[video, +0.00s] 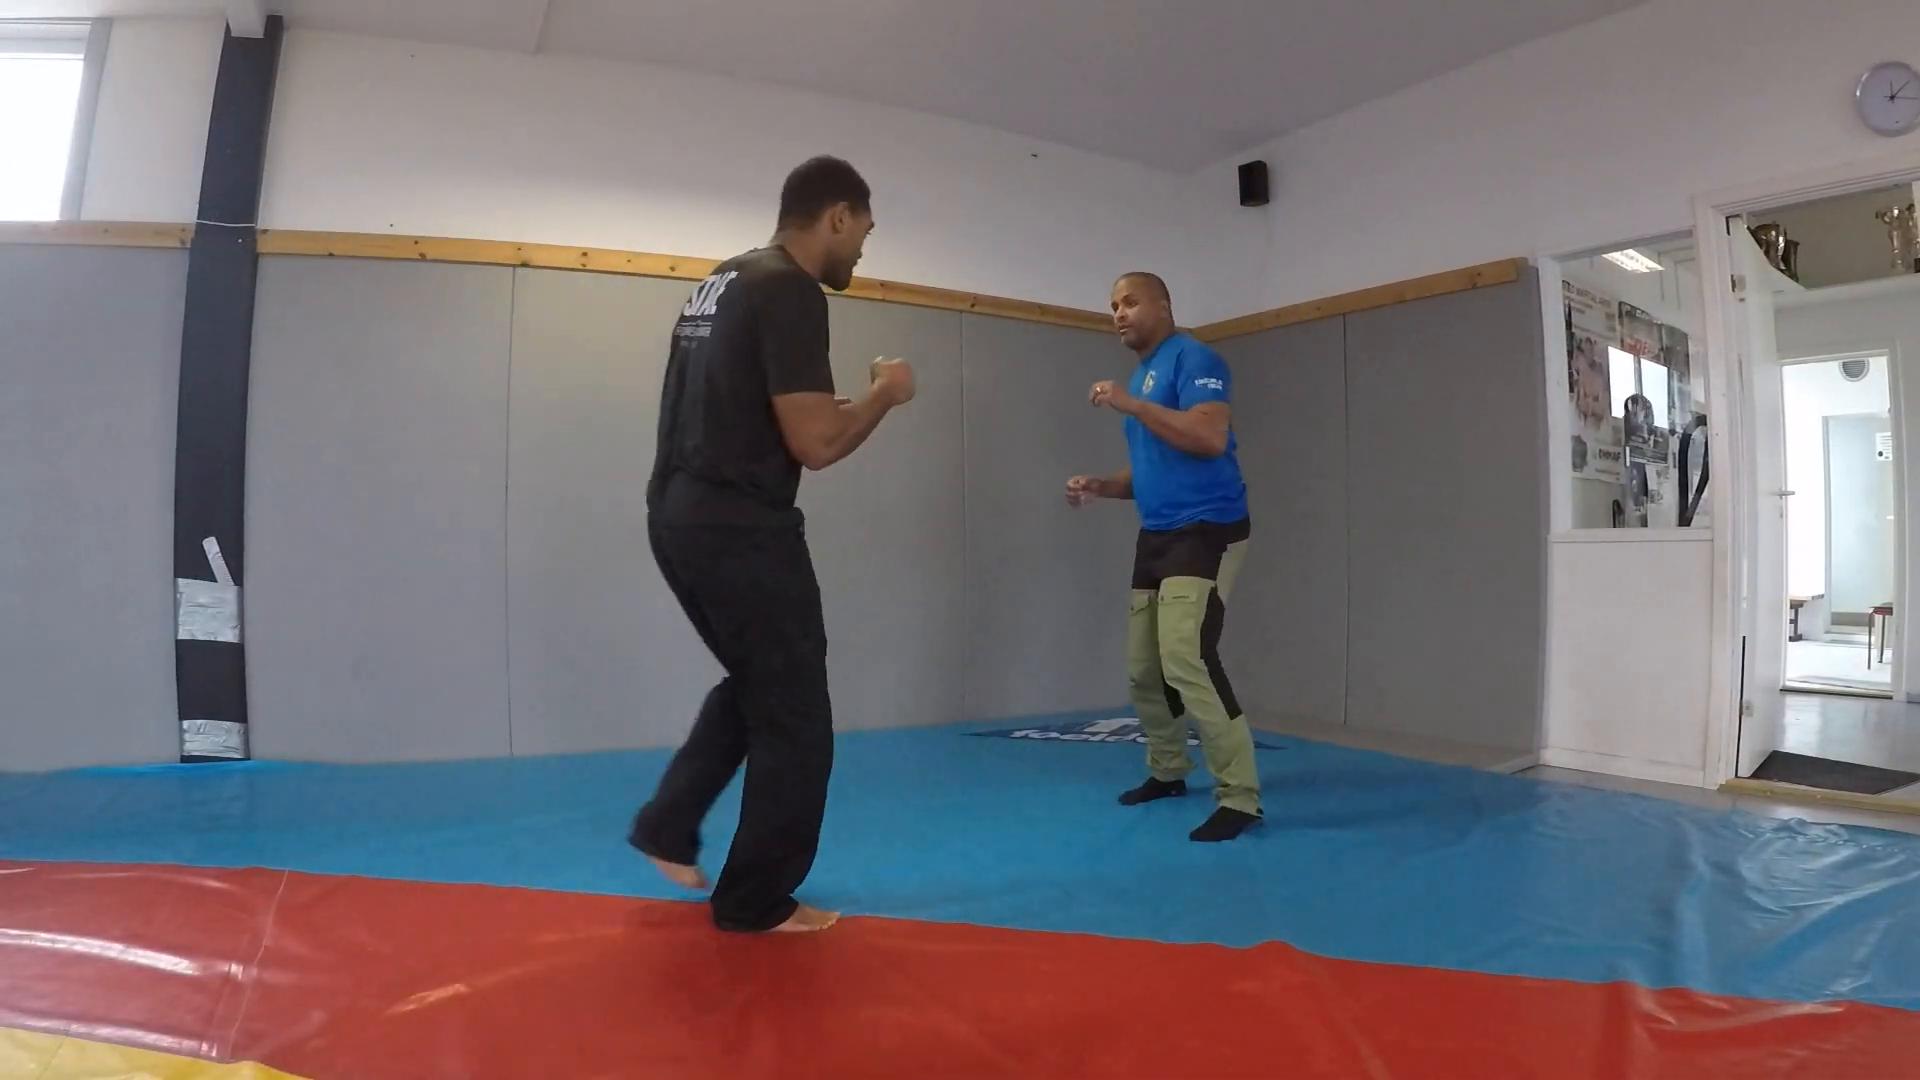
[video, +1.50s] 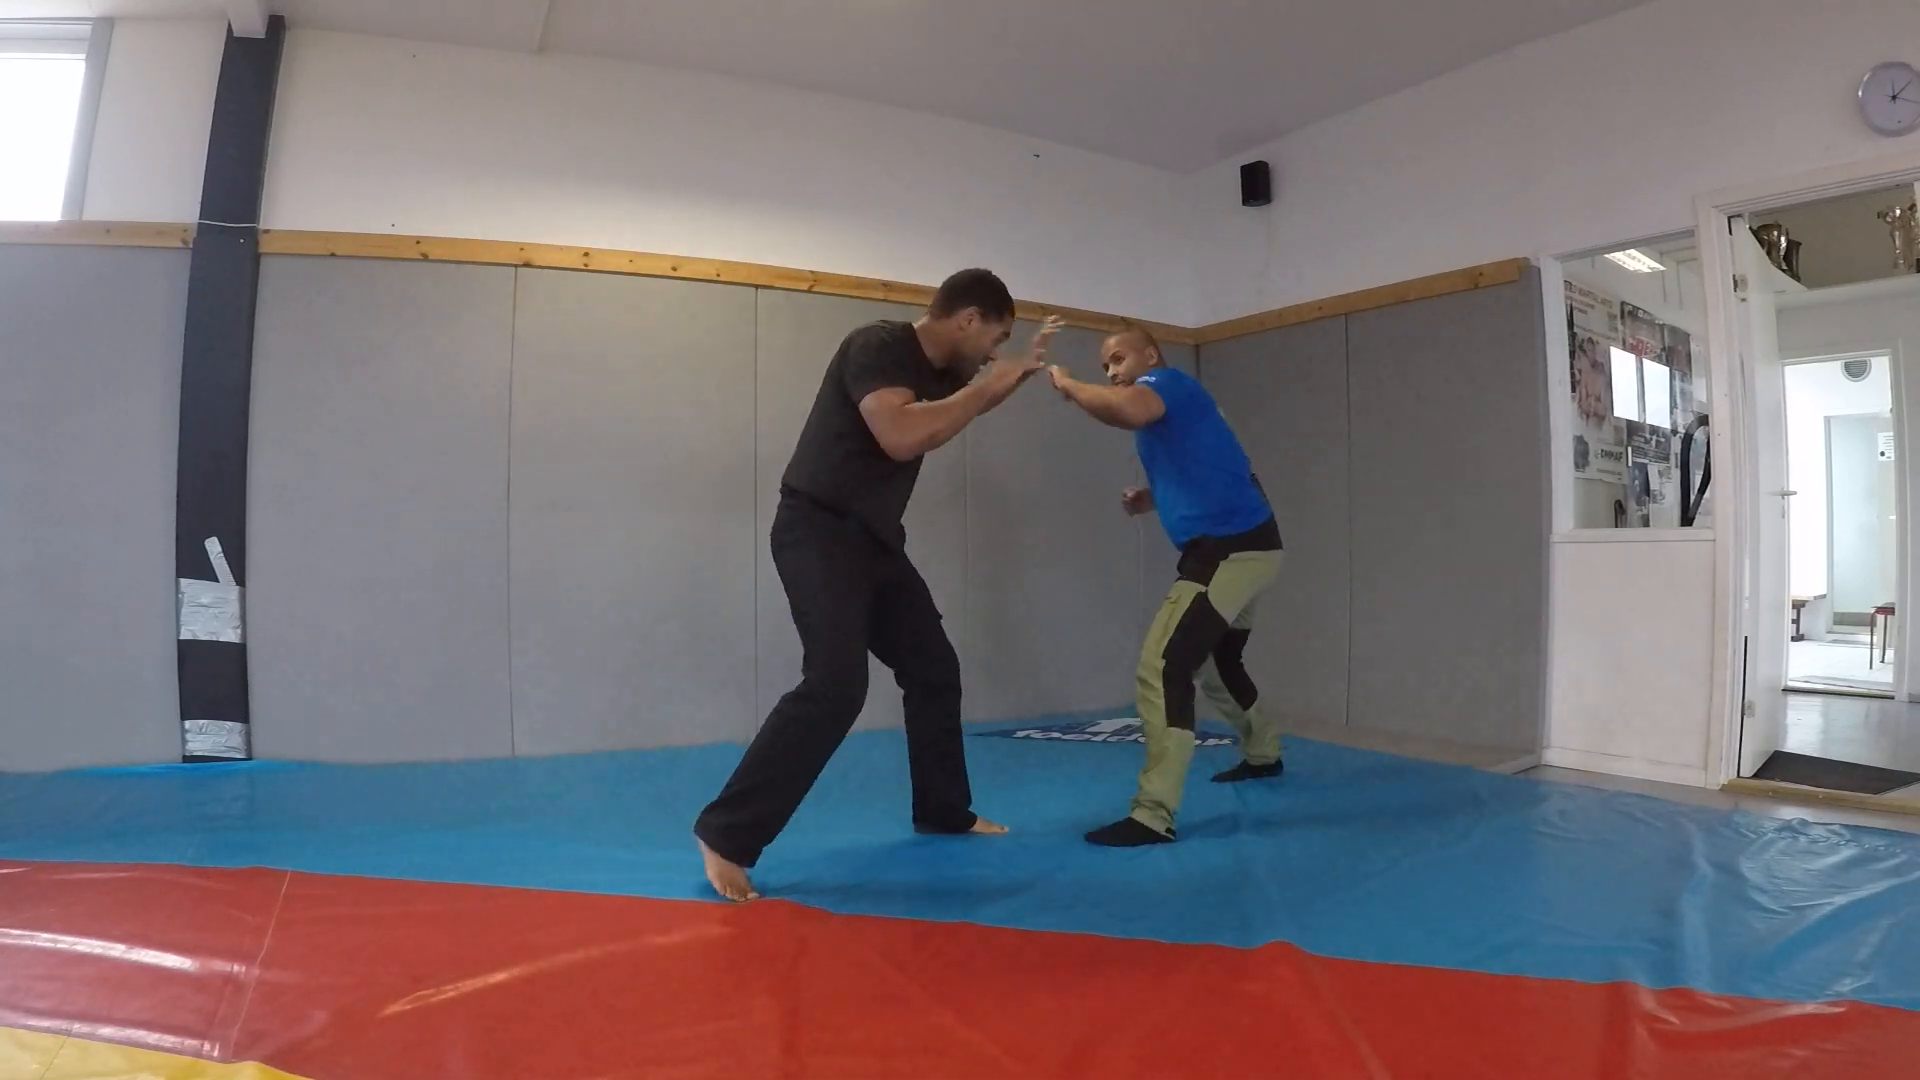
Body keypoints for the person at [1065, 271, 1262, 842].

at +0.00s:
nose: (1119, 316)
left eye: (1128, 303)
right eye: (1114, 310)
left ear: (1164, 306)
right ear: (1119, 323)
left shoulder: (1195, 359)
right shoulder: (1140, 381)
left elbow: (1211, 437)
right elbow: (1150, 474)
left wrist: (1132, 405)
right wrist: (1104, 485)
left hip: (1207, 530)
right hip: (1157, 533)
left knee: (1185, 656)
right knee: (1145, 667)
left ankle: (1240, 799)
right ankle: (1167, 774)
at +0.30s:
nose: (1141, 328)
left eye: (1151, 315)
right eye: (1138, 319)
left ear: (1190, 317)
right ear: (1147, 327)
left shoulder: (1214, 374)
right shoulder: (1182, 381)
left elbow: (1192, 467)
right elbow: (1178, 462)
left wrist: (1129, 415)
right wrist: (1128, 431)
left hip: (1247, 544)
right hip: (1201, 544)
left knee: (1203, 674)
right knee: (1157, 670)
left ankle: (1264, 817)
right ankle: (1171, 774)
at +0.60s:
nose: (1181, 327)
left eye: (1191, 314)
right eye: (1178, 318)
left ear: (1233, 317)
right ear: (1180, 324)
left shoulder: (1273, 386)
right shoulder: (1176, 370)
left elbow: (1275, 479)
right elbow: (1089, 389)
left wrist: (1213, 412)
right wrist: (1019, 342)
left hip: (1268, 544)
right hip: (1213, 545)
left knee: (1223, 670)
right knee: (1193, 665)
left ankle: (1264, 816)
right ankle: (1251, 740)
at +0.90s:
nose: (1173, 334)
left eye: (1184, 322)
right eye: (1168, 327)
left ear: (1221, 326)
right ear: (1170, 337)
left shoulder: (1257, 374)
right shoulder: (1174, 400)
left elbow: (1231, 409)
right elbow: (1164, 484)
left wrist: (1166, 344)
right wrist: (1139, 476)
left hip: (1264, 544)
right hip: (1214, 550)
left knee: (1224, 668)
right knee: (1225, 670)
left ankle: (1267, 813)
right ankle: (1258, 759)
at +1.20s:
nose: (1139, 362)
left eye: (1146, 350)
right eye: (1134, 357)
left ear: (1180, 347)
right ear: (1143, 365)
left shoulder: (1200, 380)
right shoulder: (1187, 396)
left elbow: (1176, 423)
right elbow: (1222, 468)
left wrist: (1099, 425)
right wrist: (1179, 501)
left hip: (1258, 537)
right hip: (1237, 540)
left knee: (1205, 659)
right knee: (1217, 654)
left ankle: (1257, 799)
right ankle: (1261, 754)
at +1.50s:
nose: (1111, 370)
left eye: (1118, 358)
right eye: (1106, 367)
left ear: (1152, 353)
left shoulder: (1169, 383)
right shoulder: (1171, 401)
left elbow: (1129, 407)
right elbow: (1204, 472)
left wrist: (1068, 386)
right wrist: (1153, 496)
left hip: (1228, 548)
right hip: (1247, 545)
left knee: (1163, 669)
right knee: (1218, 663)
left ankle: (1154, 816)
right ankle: (1263, 755)